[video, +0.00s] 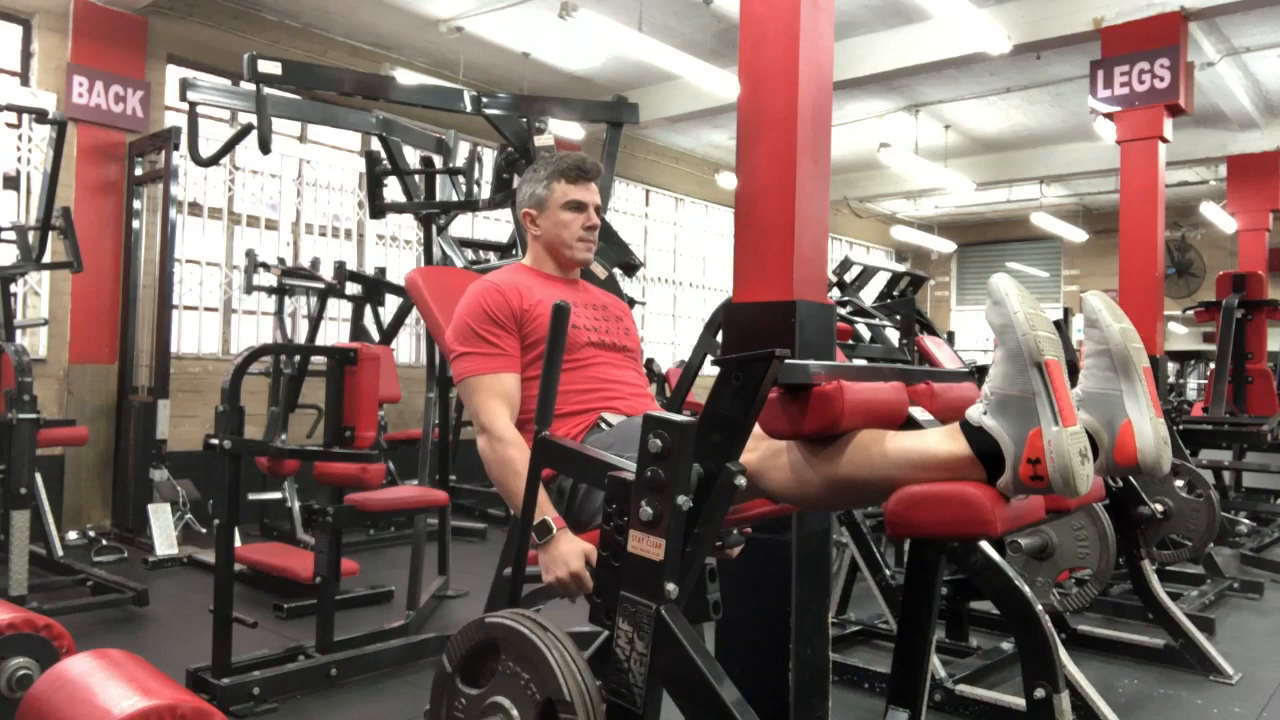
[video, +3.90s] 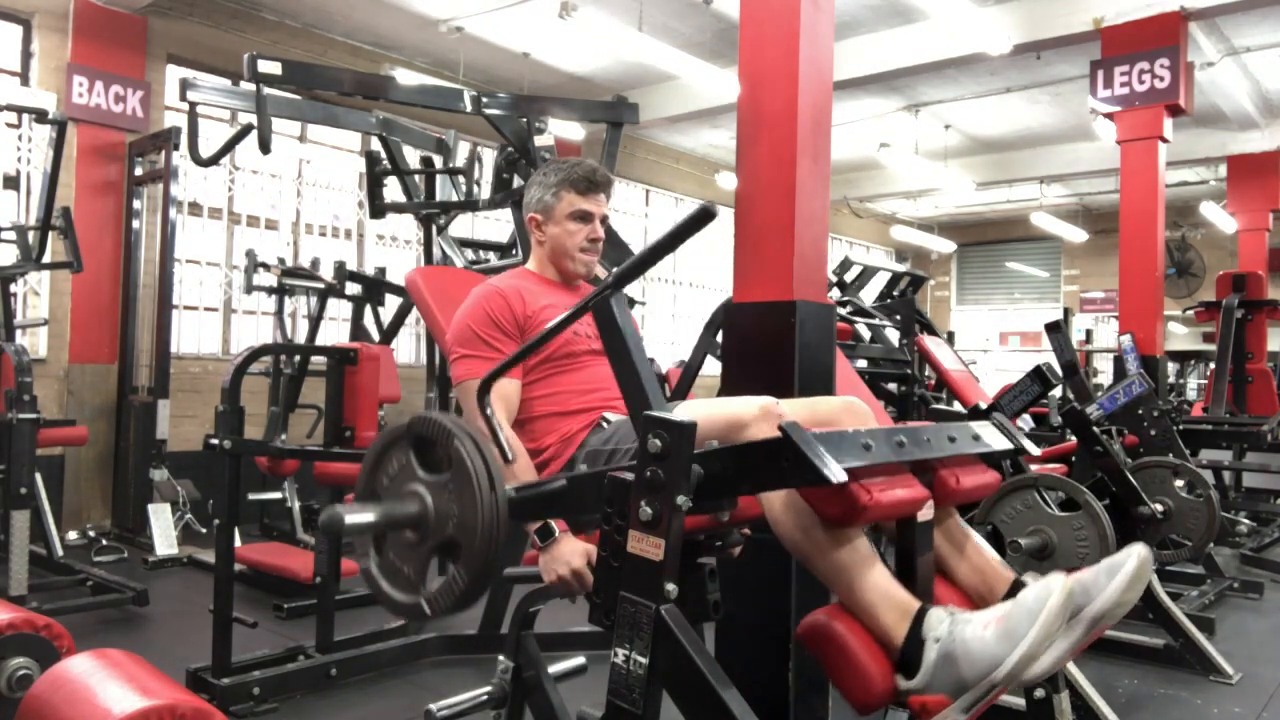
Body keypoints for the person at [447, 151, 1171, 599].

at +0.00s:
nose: (586, 225)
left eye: (593, 213)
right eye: (571, 211)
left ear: (596, 221)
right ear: (528, 215)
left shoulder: (609, 304)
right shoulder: (496, 295)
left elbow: (648, 398)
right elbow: (493, 428)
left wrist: (715, 430)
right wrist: (549, 530)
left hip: (663, 442)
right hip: (588, 462)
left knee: (828, 447)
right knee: (774, 457)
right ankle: (988, 444)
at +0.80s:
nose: (593, 234)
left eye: (598, 221)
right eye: (578, 219)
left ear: (598, 226)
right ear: (533, 219)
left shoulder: (608, 306)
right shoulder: (495, 298)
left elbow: (653, 398)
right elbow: (490, 429)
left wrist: (717, 421)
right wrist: (546, 533)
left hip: (656, 442)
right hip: (583, 465)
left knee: (817, 452)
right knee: (774, 455)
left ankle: (999, 501)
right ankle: (993, 504)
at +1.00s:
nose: (594, 234)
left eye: (601, 222)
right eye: (579, 219)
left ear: (603, 228)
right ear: (533, 221)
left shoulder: (609, 306)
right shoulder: (493, 300)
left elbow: (657, 401)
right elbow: (490, 433)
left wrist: (750, 410)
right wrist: (550, 533)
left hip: (656, 444)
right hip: (591, 463)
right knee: (783, 430)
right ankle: (954, 583)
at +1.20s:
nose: (593, 238)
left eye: (600, 225)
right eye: (578, 223)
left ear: (603, 225)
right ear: (532, 222)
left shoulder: (612, 301)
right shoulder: (494, 302)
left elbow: (659, 395)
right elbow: (493, 438)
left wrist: (732, 414)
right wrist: (552, 536)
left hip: (659, 439)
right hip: (581, 465)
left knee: (845, 417)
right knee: (768, 433)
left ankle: (983, 613)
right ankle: (884, 655)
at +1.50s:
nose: (600, 232)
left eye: (604, 220)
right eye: (586, 219)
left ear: (606, 228)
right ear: (539, 223)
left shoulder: (613, 304)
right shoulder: (508, 294)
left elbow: (650, 396)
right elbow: (490, 434)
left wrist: (717, 429)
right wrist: (550, 537)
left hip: (655, 445)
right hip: (586, 468)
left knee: (850, 421)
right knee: (757, 422)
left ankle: (901, 648)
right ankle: (793, 679)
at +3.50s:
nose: (597, 236)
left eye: (604, 225)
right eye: (583, 223)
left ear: (603, 230)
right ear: (538, 222)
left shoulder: (613, 305)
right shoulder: (496, 299)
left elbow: (657, 400)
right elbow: (486, 423)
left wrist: (732, 413)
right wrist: (552, 534)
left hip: (665, 437)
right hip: (587, 457)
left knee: (852, 416)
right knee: (762, 431)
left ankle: (960, 634)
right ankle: (862, 677)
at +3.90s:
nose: (593, 236)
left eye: (600, 223)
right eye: (579, 221)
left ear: (600, 225)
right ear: (534, 223)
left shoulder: (597, 300)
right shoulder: (495, 301)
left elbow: (635, 395)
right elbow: (494, 432)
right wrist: (556, 531)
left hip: (656, 437)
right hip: (589, 457)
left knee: (841, 415)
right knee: (778, 421)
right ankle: (925, 643)